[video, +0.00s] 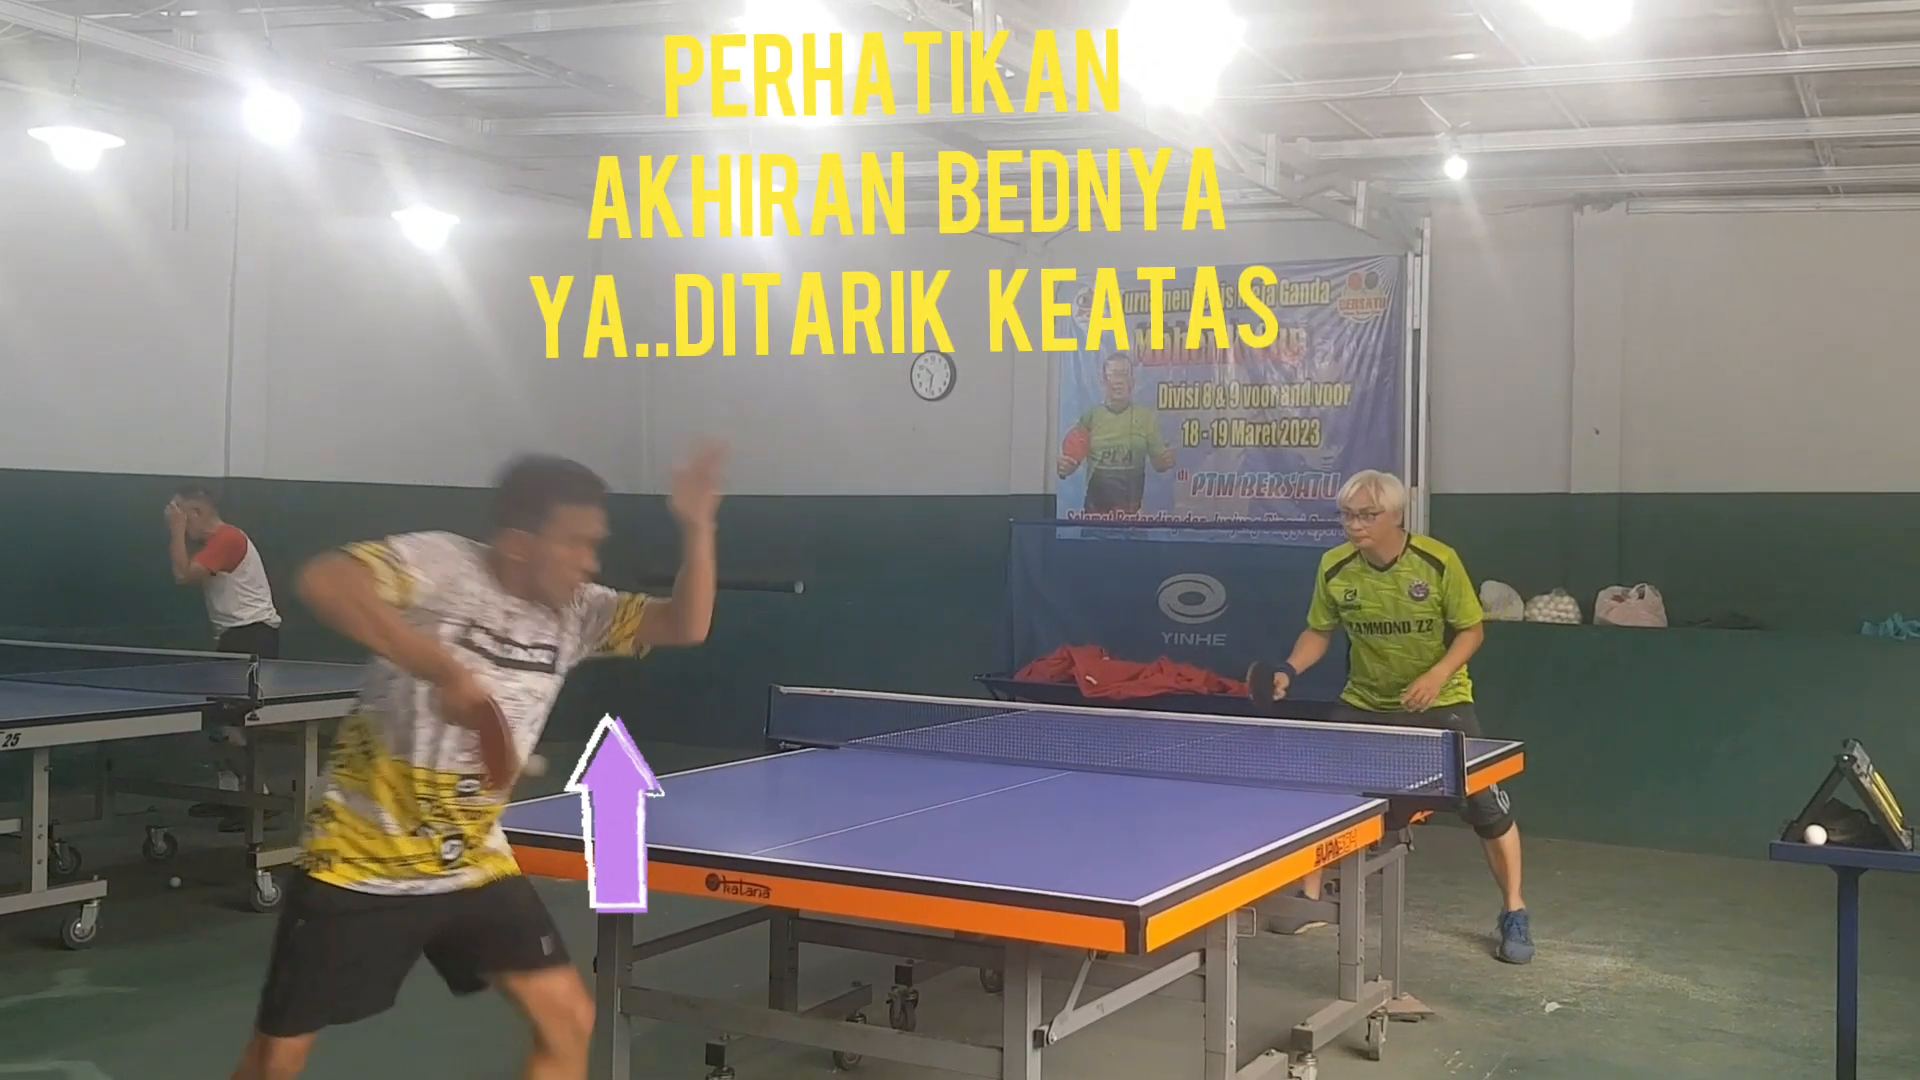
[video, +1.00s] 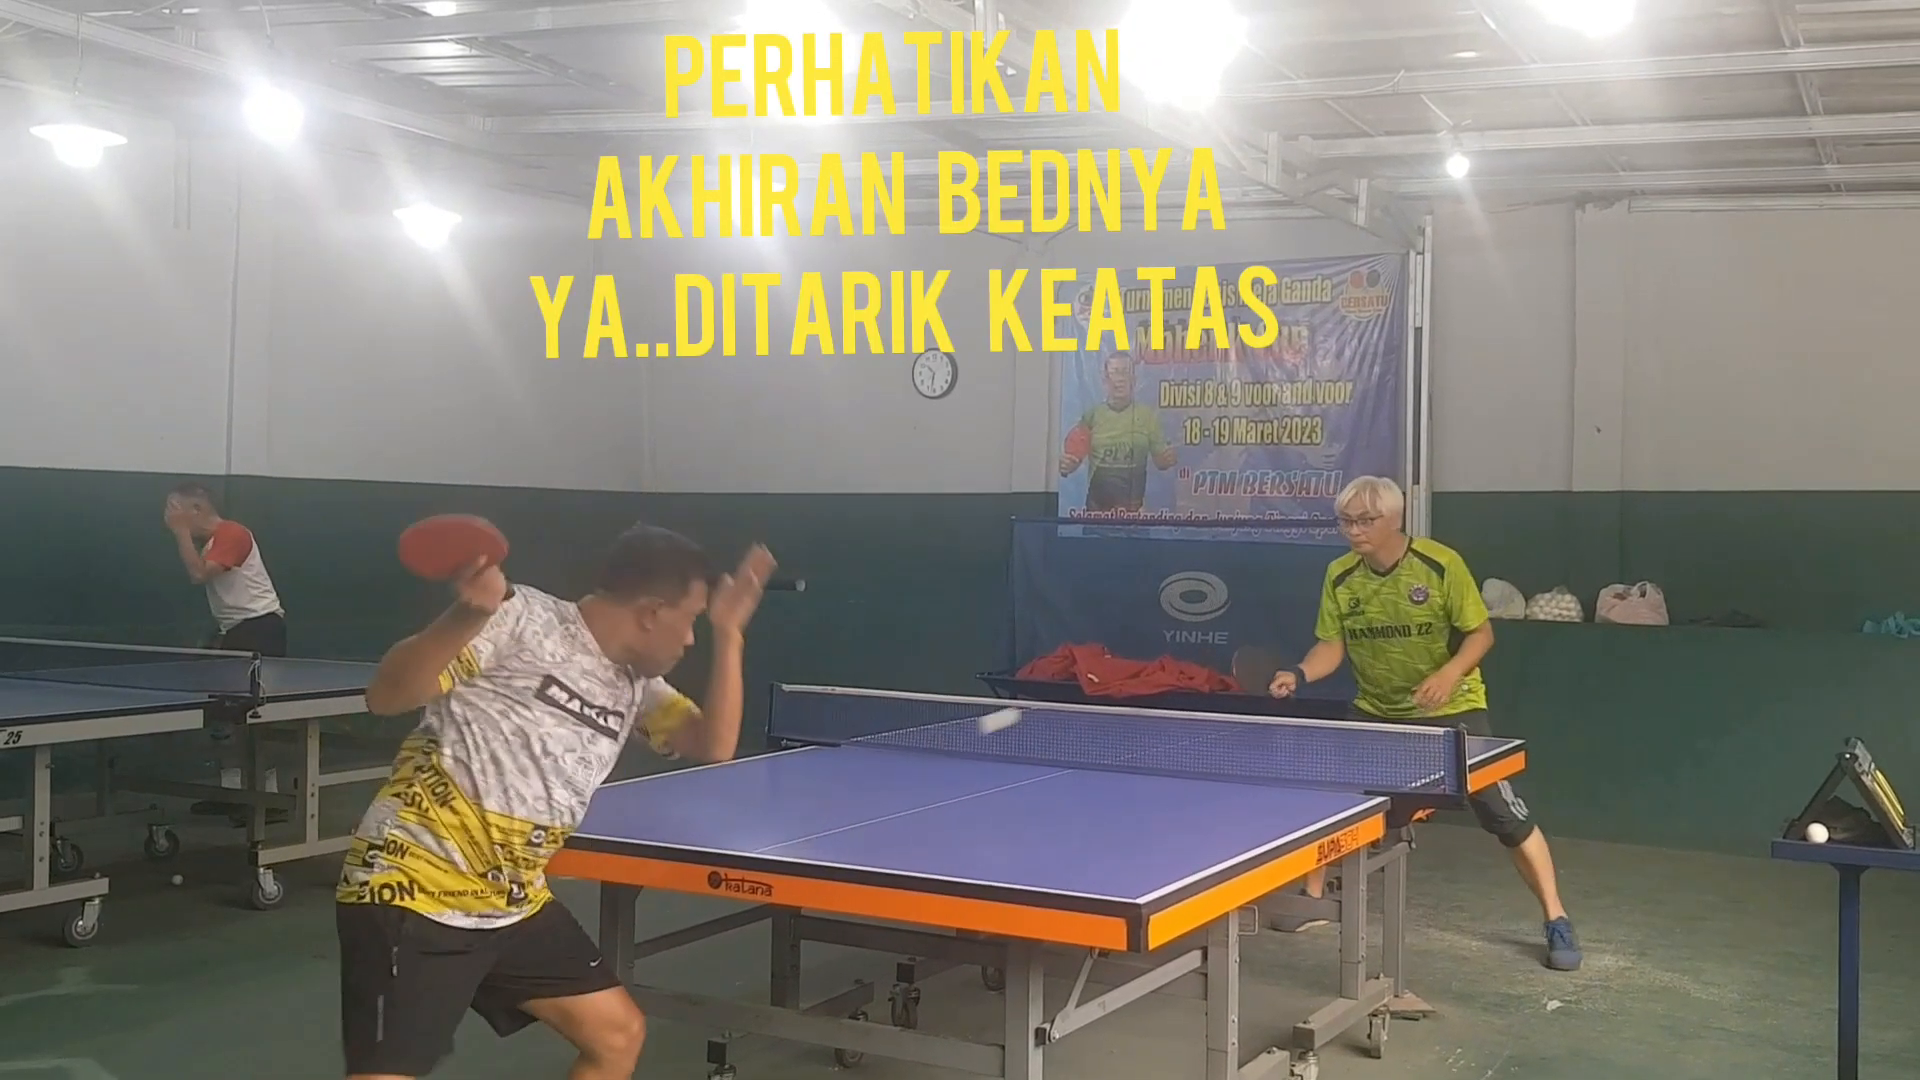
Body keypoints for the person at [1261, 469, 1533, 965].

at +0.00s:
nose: (1352, 525)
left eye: (1364, 515)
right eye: (1346, 516)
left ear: (1395, 517)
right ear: (1343, 518)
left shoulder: (1439, 561)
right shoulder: (1334, 568)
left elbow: (1471, 630)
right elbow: (1318, 631)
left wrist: (1437, 675)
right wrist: (1289, 669)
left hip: (1441, 702)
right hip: (1363, 701)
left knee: (1485, 802)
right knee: (1315, 782)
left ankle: (1514, 910)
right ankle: (1310, 895)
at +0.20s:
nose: (1349, 526)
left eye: (1360, 517)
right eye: (1343, 517)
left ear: (1391, 518)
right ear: (1340, 519)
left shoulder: (1436, 562)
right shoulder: (1332, 569)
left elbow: (1469, 630)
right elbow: (1314, 635)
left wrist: (1436, 675)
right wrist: (1287, 671)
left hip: (1440, 702)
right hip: (1362, 703)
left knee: (1485, 799)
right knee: (1315, 782)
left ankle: (1521, 909)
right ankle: (1310, 896)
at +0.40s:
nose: (1347, 528)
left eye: (1359, 518)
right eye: (1342, 518)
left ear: (1389, 518)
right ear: (1338, 520)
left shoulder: (1435, 563)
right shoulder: (1331, 570)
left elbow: (1470, 631)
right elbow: (1316, 636)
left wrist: (1438, 676)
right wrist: (1287, 672)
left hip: (1440, 704)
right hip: (1362, 705)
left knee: (1485, 800)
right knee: (1317, 786)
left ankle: (1528, 908)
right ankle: (1311, 896)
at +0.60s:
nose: (1347, 528)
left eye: (1358, 519)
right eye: (1342, 519)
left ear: (1387, 520)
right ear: (1338, 523)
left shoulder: (1434, 564)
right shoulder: (1332, 573)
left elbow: (1473, 632)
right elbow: (1320, 641)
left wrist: (1442, 675)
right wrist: (1290, 674)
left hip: (1443, 708)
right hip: (1368, 710)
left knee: (1490, 802)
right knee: (1315, 783)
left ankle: (1544, 913)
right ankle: (1313, 895)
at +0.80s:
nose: (1348, 529)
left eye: (1359, 520)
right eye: (1343, 520)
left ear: (1389, 521)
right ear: (1340, 525)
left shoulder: (1436, 564)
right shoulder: (1336, 574)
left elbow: (1477, 633)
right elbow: (1324, 643)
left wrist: (1445, 675)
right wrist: (1294, 674)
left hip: (1447, 709)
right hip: (1371, 711)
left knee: (1496, 805)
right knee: (1317, 782)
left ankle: (1552, 918)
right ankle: (1312, 894)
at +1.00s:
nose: (1352, 530)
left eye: (1362, 521)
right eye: (1346, 521)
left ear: (1392, 521)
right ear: (1343, 526)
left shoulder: (1440, 564)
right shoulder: (1340, 575)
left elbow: (1481, 633)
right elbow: (1330, 646)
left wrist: (1449, 675)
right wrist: (1298, 673)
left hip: (1451, 710)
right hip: (1375, 712)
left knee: (1501, 806)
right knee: (1319, 783)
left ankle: (1556, 918)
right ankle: (1313, 895)